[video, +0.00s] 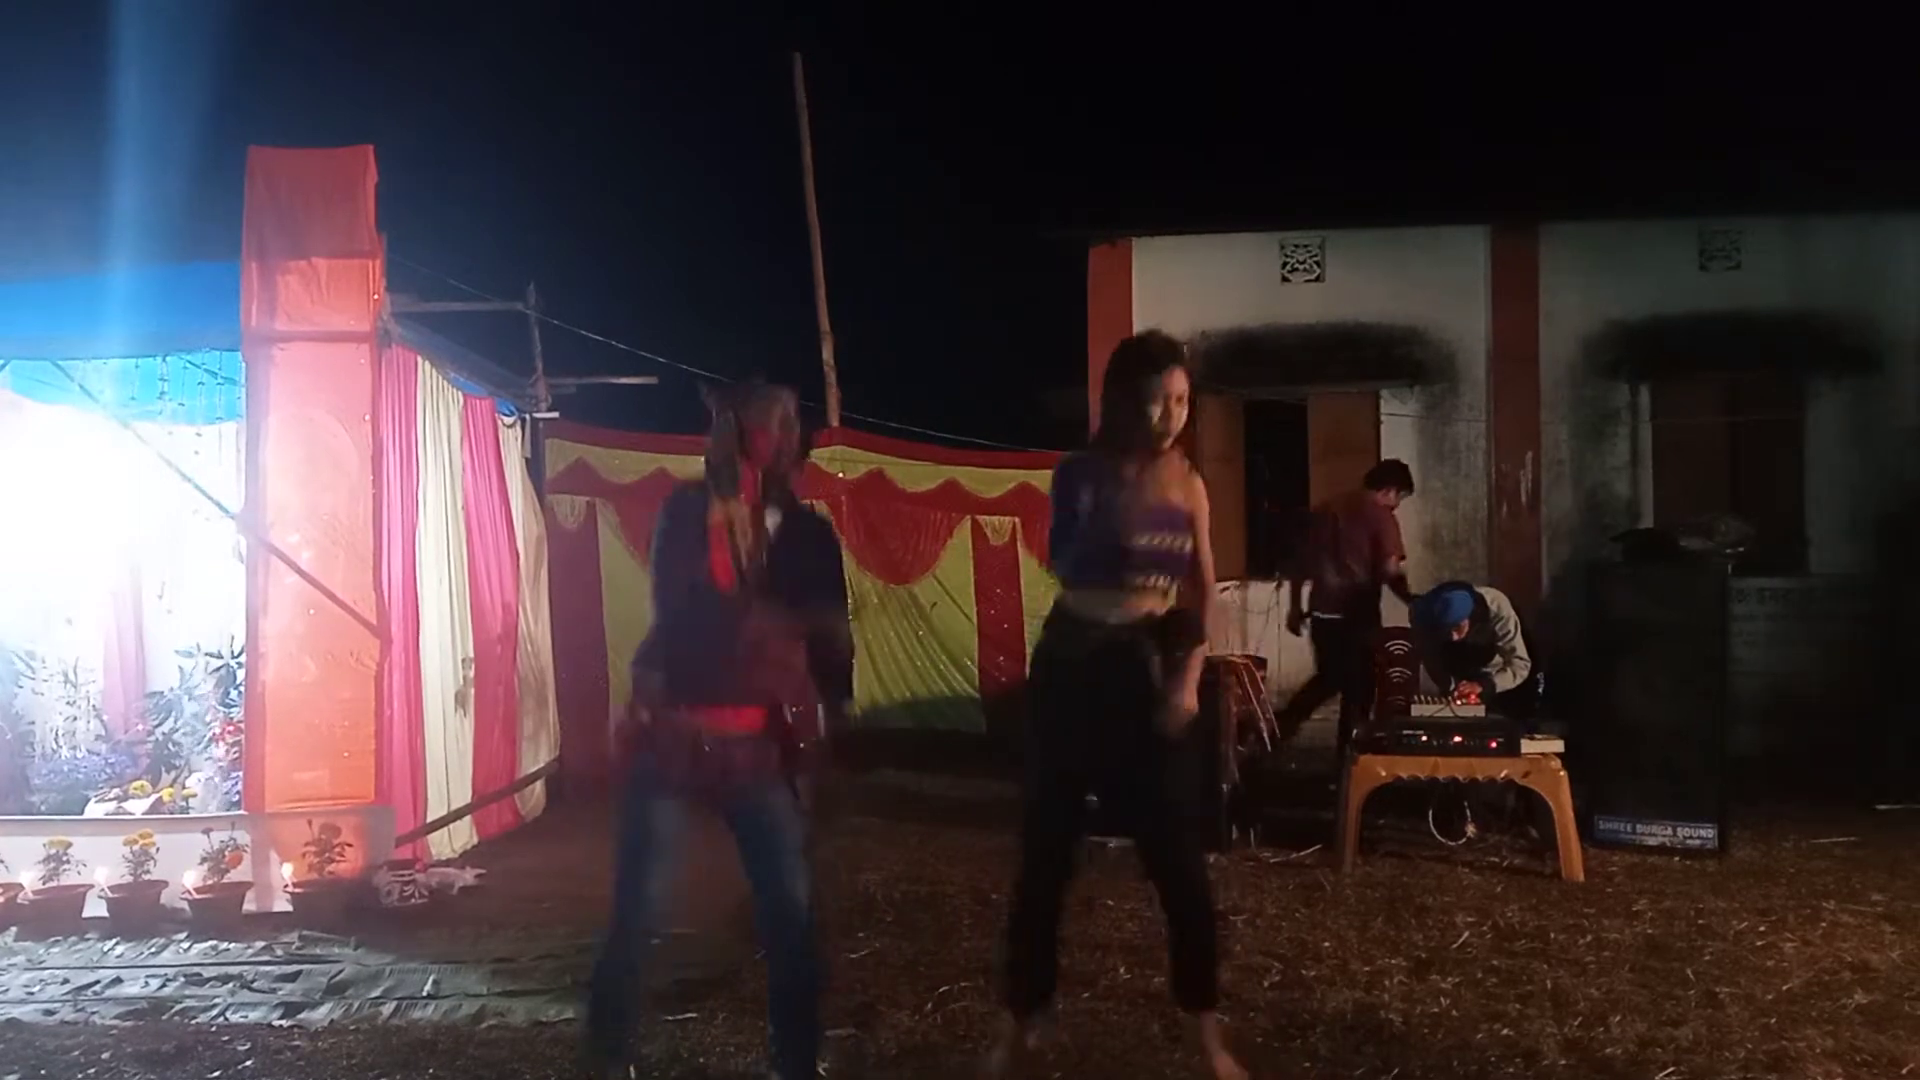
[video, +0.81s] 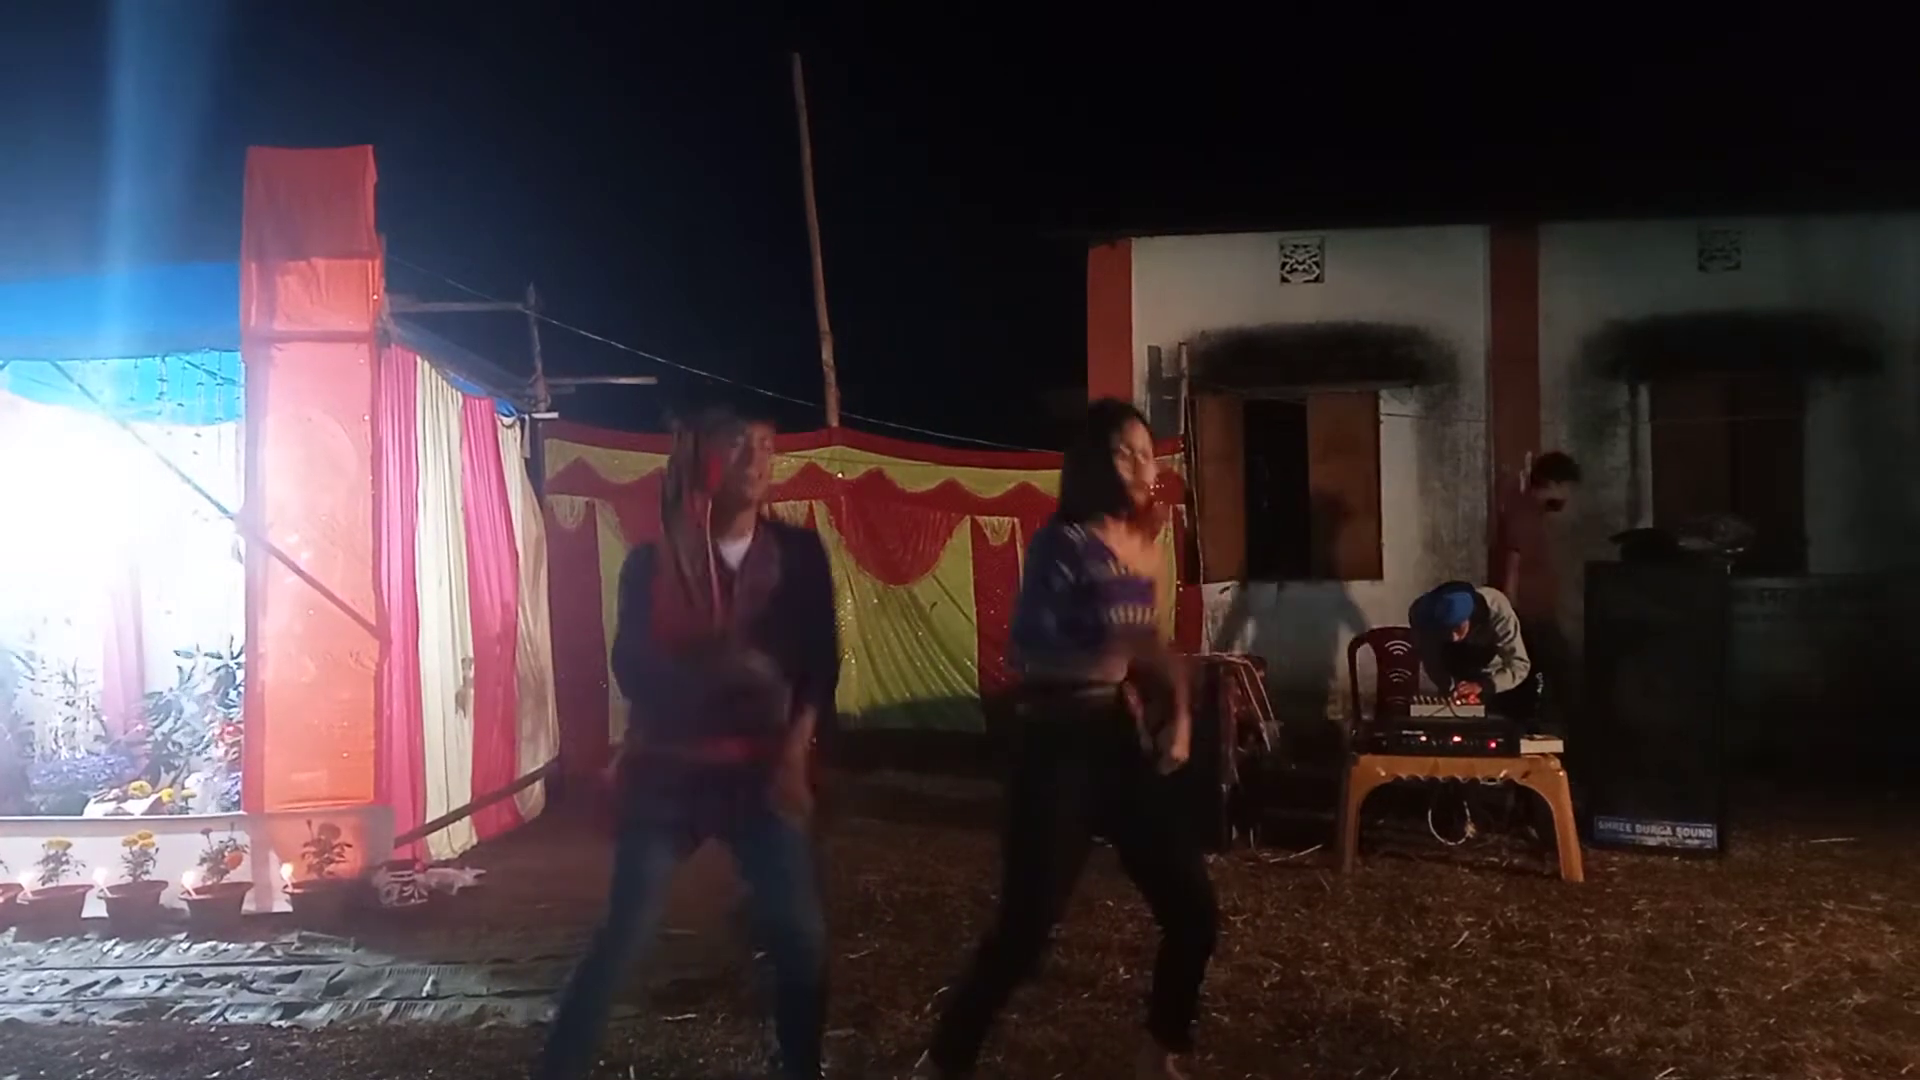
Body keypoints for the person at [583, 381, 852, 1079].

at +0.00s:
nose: (780, 438)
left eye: (788, 425)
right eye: (767, 423)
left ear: (796, 439)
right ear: (733, 432)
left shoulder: (810, 534)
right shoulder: (685, 511)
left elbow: (834, 645)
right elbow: (677, 609)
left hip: (760, 746)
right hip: (671, 740)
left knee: (790, 910)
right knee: (640, 909)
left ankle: (796, 1062)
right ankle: (607, 1056)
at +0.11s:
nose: (789, 399)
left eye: (794, 389)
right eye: (774, 385)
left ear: (794, 405)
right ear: (732, 393)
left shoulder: (808, 499)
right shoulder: (691, 471)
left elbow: (823, 603)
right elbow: (706, 567)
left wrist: (818, 696)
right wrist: (815, 517)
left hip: (735, 716)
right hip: (650, 709)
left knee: (782, 878)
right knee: (613, 888)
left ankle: (793, 1047)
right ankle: (574, 1052)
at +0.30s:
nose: (762, 457)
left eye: (769, 443)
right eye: (743, 441)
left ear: (779, 457)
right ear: (699, 451)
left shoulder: (774, 553)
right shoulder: (685, 539)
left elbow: (780, 670)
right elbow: (665, 659)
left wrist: (783, 782)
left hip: (705, 774)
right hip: (624, 768)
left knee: (769, 928)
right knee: (587, 945)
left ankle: (765, 1066)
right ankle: (540, 1068)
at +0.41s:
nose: (772, 454)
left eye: (772, 440)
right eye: (752, 441)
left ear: (773, 454)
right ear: (711, 454)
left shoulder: (777, 557)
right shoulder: (683, 521)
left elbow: (789, 696)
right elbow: (710, 601)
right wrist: (801, 632)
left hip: (676, 761)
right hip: (597, 755)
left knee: (754, 926)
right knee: (574, 940)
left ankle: (762, 1068)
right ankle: (532, 1069)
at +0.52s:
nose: (762, 429)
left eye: (767, 415)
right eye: (741, 416)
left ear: (778, 433)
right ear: (695, 432)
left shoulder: (781, 531)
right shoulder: (675, 496)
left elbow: (808, 642)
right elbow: (704, 564)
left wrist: (809, 735)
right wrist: (836, 560)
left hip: (684, 739)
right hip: (597, 732)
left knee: (756, 899)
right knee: (569, 915)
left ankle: (766, 1063)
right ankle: (528, 1067)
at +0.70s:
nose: (748, 472)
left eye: (755, 457)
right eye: (731, 458)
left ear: (765, 470)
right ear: (692, 472)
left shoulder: (784, 564)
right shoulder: (652, 565)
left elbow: (811, 685)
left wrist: (819, 784)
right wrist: (780, 638)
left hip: (713, 787)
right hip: (628, 780)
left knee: (777, 946)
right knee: (602, 951)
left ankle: (792, 1066)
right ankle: (542, 1067)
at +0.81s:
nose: (755, 465)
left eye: (763, 452)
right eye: (738, 450)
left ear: (772, 465)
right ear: (699, 466)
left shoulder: (799, 551)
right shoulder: (652, 565)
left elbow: (818, 660)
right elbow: (634, 668)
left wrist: (796, 751)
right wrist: (714, 678)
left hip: (762, 776)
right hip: (667, 774)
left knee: (801, 933)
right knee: (628, 936)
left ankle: (800, 1066)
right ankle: (558, 1066)